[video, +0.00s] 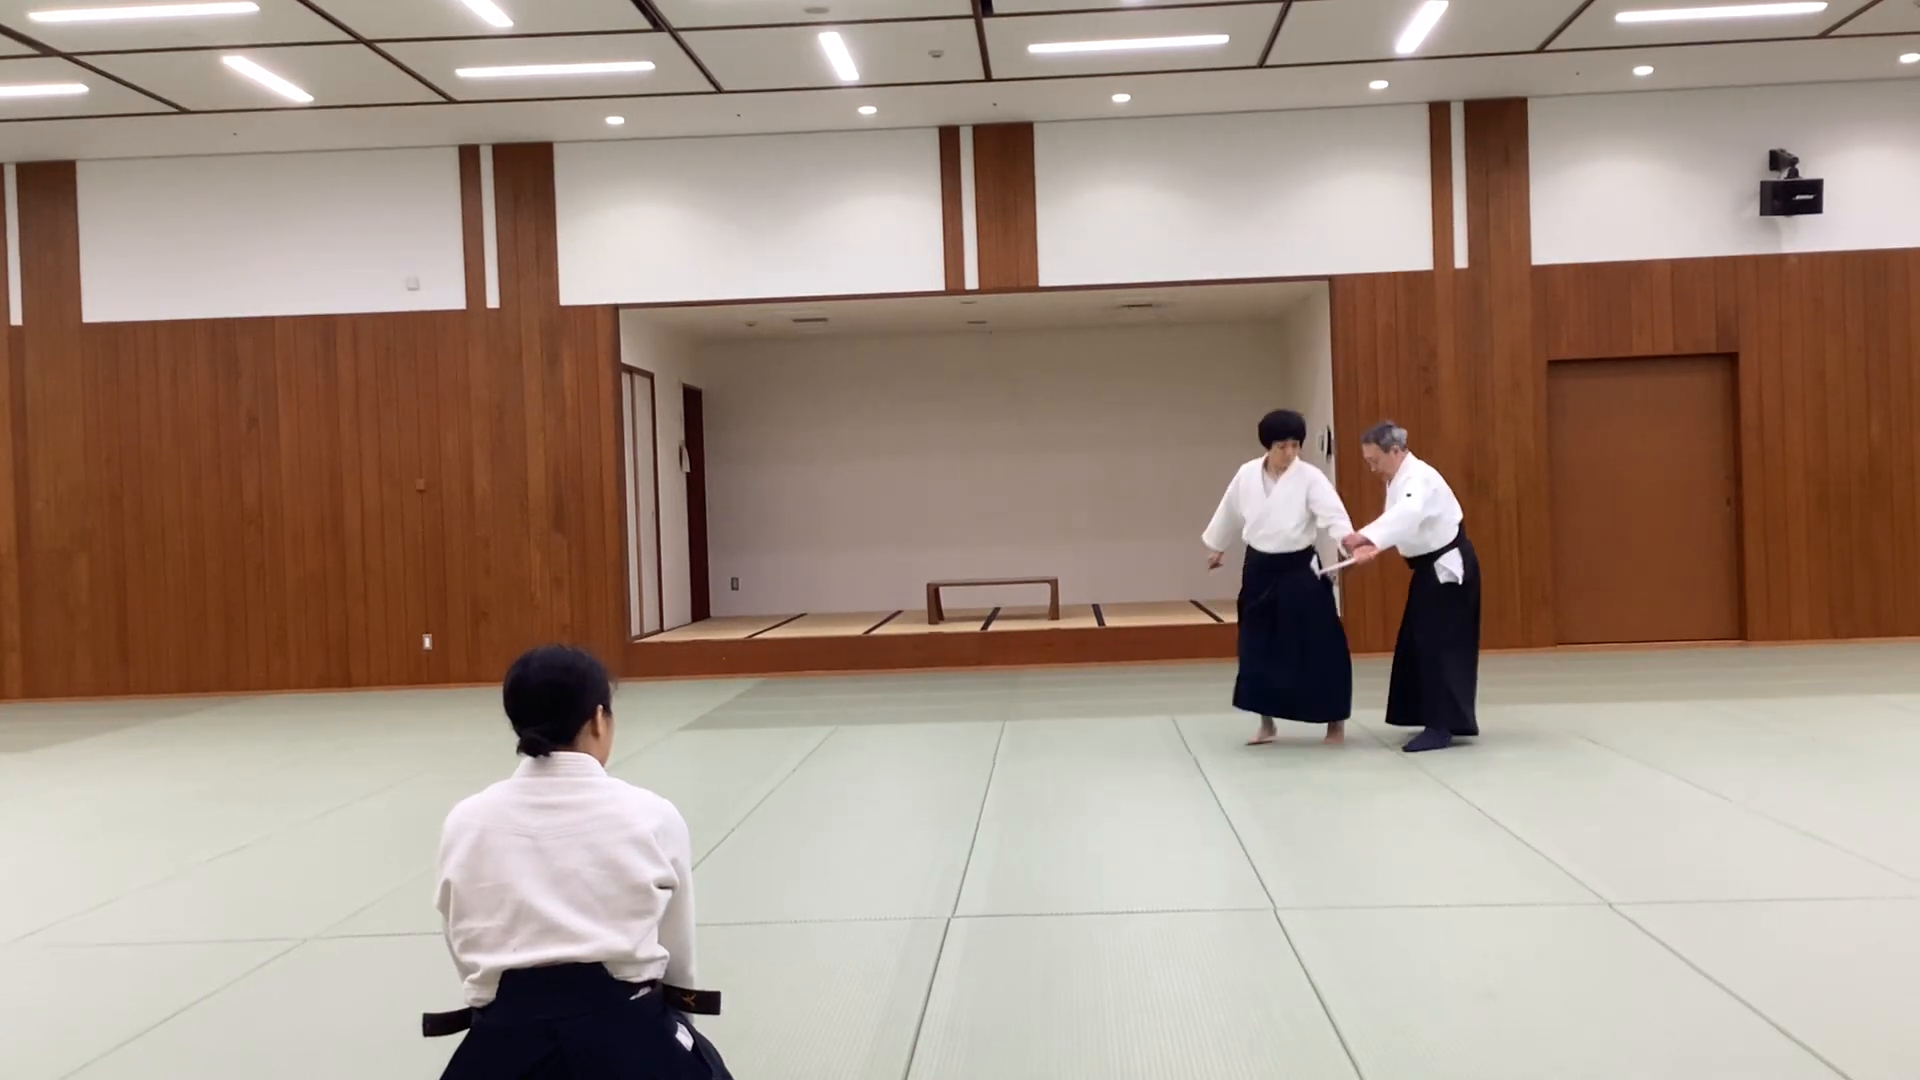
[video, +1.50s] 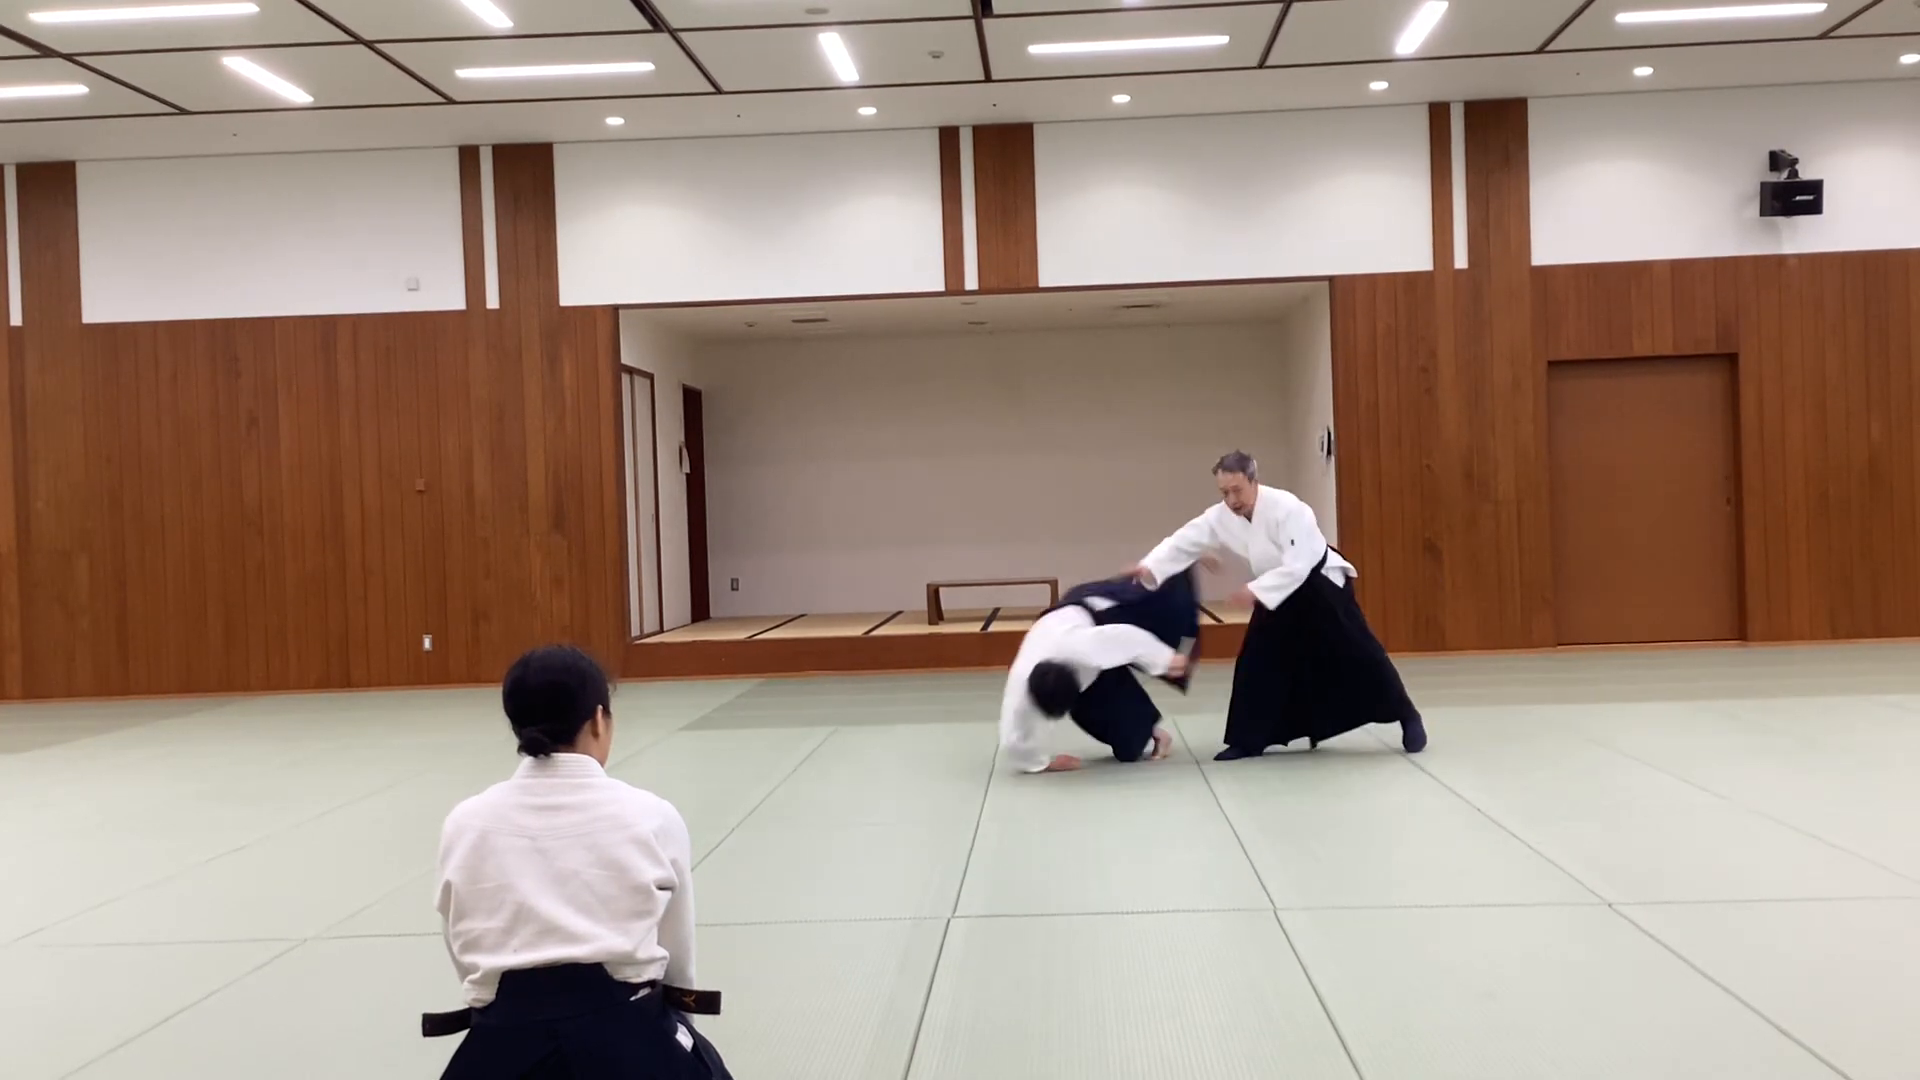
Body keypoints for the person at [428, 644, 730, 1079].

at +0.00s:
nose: (611, 726)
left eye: (610, 713)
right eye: (610, 714)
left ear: (519, 724)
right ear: (598, 721)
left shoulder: (465, 822)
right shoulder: (652, 816)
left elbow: (465, 957)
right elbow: (678, 966)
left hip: (503, 1048)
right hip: (629, 1043)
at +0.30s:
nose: (610, 728)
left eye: (610, 715)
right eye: (610, 716)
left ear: (519, 726)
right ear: (598, 722)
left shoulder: (465, 822)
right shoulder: (653, 817)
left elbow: (466, 958)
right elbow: (678, 966)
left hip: (504, 1049)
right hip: (629, 1045)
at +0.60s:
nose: (610, 727)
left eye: (610, 714)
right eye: (610, 715)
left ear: (519, 725)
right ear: (597, 721)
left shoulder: (465, 823)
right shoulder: (653, 817)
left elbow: (465, 961)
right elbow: (678, 967)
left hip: (503, 1050)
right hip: (629, 1046)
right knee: (696, 1044)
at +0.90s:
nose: (610, 727)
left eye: (609, 713)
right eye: (610, 715)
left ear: (519, 725)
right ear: (598, 721)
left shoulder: (465, 823)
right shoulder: (653, 818)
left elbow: (464, 960)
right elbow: (678, 967)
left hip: (503, 1050)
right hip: (629, 1046)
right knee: (695, 1044)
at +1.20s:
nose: (610, 728)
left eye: (610, 715)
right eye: (610, 715)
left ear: (519, 725)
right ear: (598, 721)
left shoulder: (465, 823)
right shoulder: (652, 817)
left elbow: (464, 959)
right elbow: (679, 967)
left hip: (503, 1049)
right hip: (629, 1045)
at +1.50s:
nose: (610, 727)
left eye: (609, 714)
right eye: (609, 716)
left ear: (518, 725)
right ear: (598, 721)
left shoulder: (464, 823)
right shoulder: (652, 817)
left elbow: (464, 960)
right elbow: (678, 967)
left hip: (503, 1050)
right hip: (629, 1046)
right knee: (696, 1045)